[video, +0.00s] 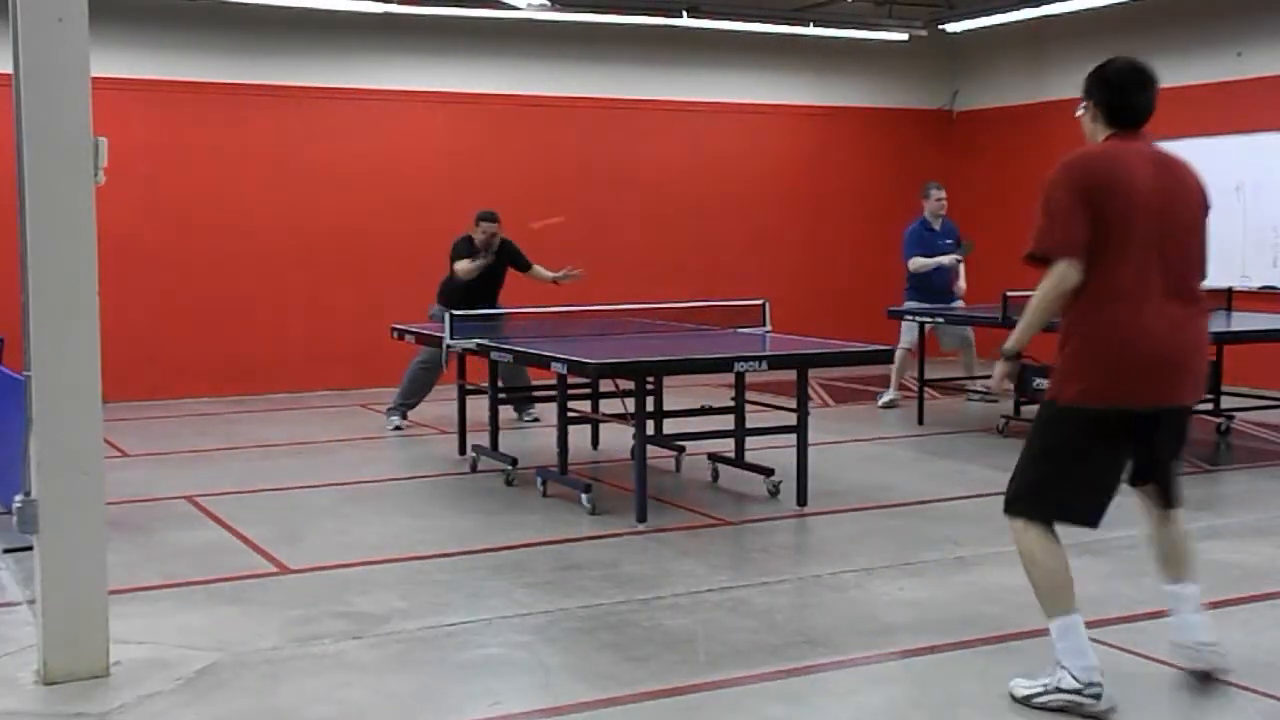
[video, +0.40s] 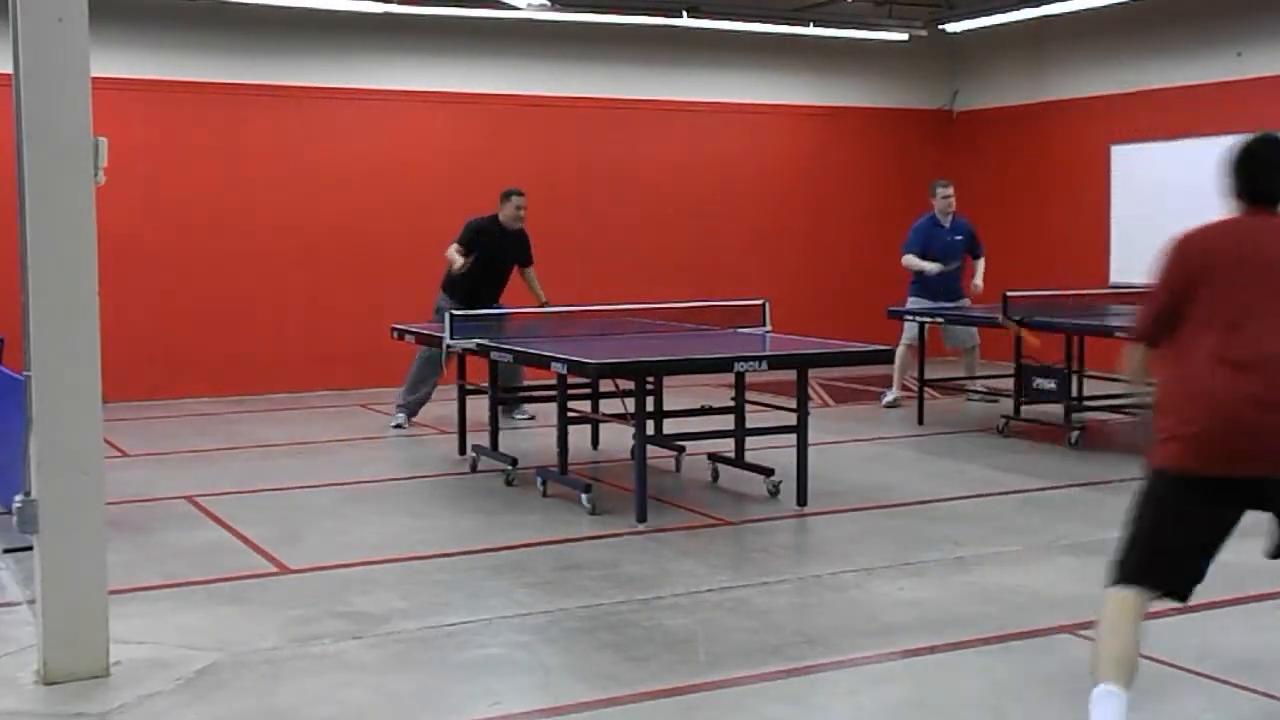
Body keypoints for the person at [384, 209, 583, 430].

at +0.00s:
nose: (489, 239)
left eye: (494, 235)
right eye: (485, 234)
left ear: (499, 233)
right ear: (475, 230)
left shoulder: (505, 248)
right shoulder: (462, 245)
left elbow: (529, 268)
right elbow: (460, 271)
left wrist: (553, 277)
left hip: (486, 317)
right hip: (449, 316)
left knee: (508, 355)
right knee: (430, 357)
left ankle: (524, 407)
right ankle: (398, 409)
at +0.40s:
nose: (522, 214)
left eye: (524, 209)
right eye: (517, 208)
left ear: (525, 211)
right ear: (503, 208)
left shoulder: (520, 238)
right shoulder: (479, 227)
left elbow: (526, 270)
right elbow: (453, 250)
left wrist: (542, 298)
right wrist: (458, 261)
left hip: (488, 309)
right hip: (453, 305)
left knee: (507, 353)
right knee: (433, 352)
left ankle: (510, 407)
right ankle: (405, 409)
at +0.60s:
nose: (510, 190)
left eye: (512, 186)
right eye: (504, 185)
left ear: (515, 190)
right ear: (489, 188)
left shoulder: (512, 221)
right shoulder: (470, 213)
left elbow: (515, 258)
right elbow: (448, 247)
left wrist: (518, 290)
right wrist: (429, 282)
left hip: (490, 296)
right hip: (458, 294)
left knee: (503, 349)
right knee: (446, 345)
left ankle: (511, 404)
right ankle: (429, 399)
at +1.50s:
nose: (473, 181)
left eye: (477, 176)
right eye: (468, 176)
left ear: (482, 180)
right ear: (456, 180)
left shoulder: (488, 211)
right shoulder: (441, 211)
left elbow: (501, 248)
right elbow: (428, 252)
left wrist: (513, 284)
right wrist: (418, 292)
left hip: (486, 295)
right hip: (453, 295)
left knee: (491, 352)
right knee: (448, 352)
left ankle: (490, 407)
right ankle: (431, 412)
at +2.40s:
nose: (485, 211)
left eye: (489, 205)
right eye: (479, 205)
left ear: (493, 204)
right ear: (467, 204)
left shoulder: (499, 228)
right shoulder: (447, 226)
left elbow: (507, 261)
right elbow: (422, 256)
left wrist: (518, 294)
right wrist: (450, 282)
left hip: (480, 296)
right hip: (446, 296)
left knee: (488, 350)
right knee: (448, 349)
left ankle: (486, 408)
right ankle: (445, 408)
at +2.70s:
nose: (497, 233)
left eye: (501, 227)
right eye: (491, 228)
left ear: (505, 225)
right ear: (477, 225)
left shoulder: (498, 242)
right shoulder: (459, 245)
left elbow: (488, 264)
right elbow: (432, 287)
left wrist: (490, 284)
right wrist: (462, 308)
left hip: (465, 305)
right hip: (435, 306)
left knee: (480, 355)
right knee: (442, 363)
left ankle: (483, 408)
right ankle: (455, 418)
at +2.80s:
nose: (497, 234)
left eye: (500, 228)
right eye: (491, 228)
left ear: (503, 225)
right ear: (476, 225)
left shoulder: (491, 245)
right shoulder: (459, 246)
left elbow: (471, 273)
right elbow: (447, 295)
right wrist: (489, 308)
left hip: (457, 302)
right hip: (431, 304)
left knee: (465, 357)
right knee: (440, 363)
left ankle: (475, 408)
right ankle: (455, 419)